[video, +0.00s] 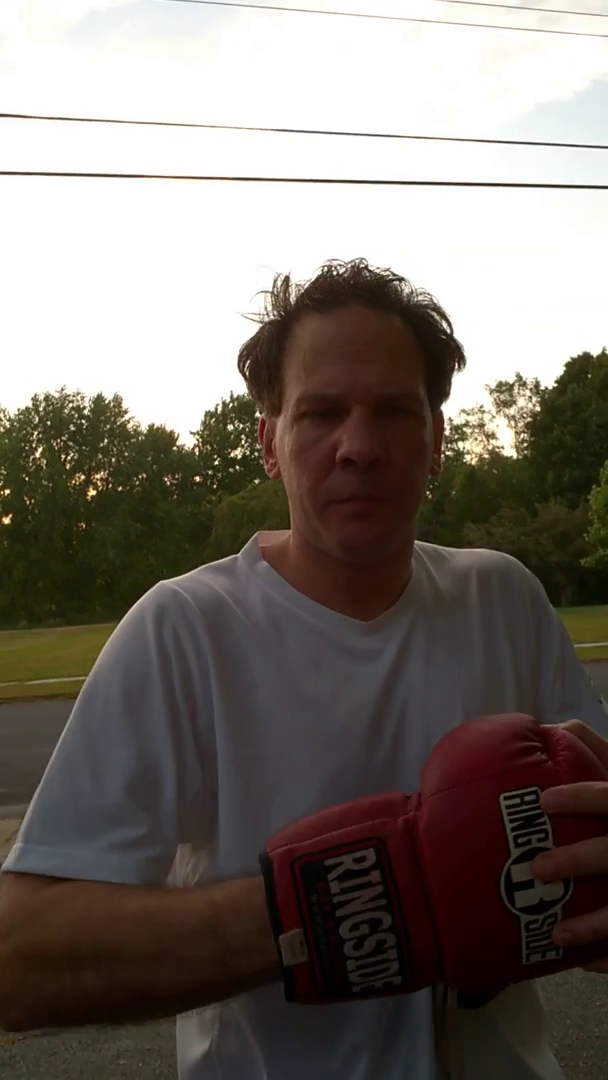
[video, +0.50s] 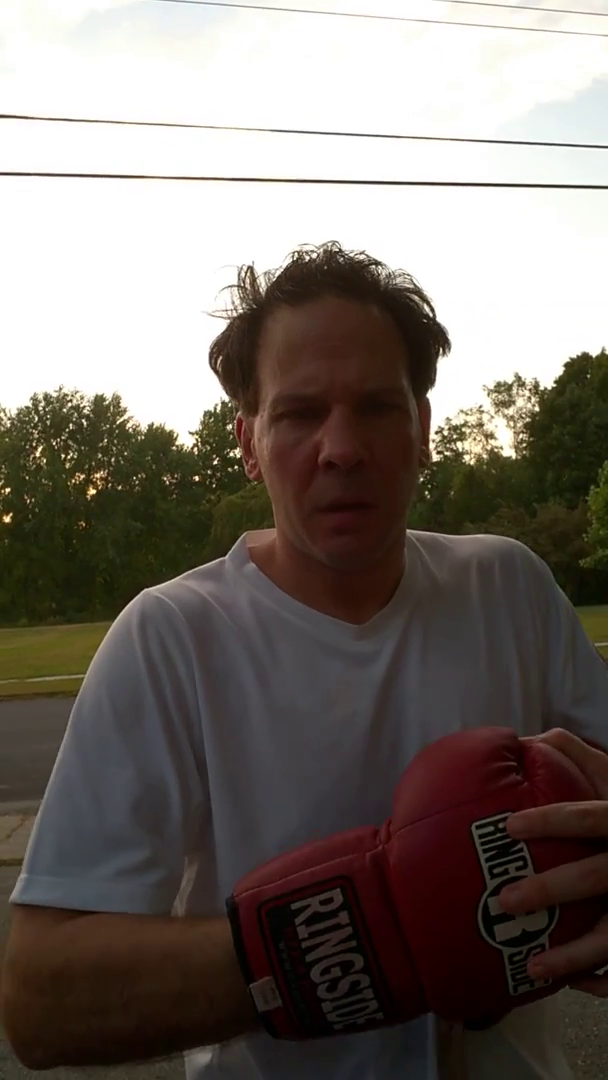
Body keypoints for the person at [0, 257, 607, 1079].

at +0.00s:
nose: (359, 446)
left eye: (394, 411)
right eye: (323, 412)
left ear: (435, 440)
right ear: (271, 443)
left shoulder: (502, 600)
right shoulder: (180, 632)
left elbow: (592, 814)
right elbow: (17, 950)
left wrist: (594, 867)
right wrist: (342, 904)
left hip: (498, 1055)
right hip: (267, 1066)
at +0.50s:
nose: (342, 449)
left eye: (376, 408)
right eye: (303, 412)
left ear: (422, 432)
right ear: (251, 442)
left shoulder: (511, 590)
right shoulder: (169, 640)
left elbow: (597, 778)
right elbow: (41, 998)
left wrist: (595, 848)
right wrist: (359, 940)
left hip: (511, 1053)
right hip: (277, 1066)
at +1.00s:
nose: (349, 448)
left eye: (384, 403)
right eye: (308, 410)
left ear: (434, 429)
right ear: (255, 441)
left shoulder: (532, 595)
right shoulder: (171, 650)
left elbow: (603, 807)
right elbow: (53, 998)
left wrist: (589, 874)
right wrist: (300, 983)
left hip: (544, 1054)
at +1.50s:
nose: (321, 465)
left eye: (359, 412)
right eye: (276, 424)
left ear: (417, 420)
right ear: (226, 449)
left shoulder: (530, 593)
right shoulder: (144, 673)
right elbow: (68, 959)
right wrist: (162, 1055)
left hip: (536, 1061)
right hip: (283, 1068)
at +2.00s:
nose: (310, 463)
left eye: (349, 410)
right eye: (264, 420)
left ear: (405, 422)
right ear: (212, 447)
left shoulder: (524, 595)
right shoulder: (130, 680)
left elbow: (604, 833)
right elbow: (64, 977)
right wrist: (98, 1057)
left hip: (523, 1060)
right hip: (262, 1068)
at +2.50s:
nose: (310, 450)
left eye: (350, 400)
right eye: (267, 410)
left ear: (411, 418)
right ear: (218, 441)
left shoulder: (525, 598)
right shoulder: (134, 675)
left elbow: (601, 848)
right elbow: (67, 987)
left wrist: (595, 939)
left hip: (531, 1053)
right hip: (249, 1062)